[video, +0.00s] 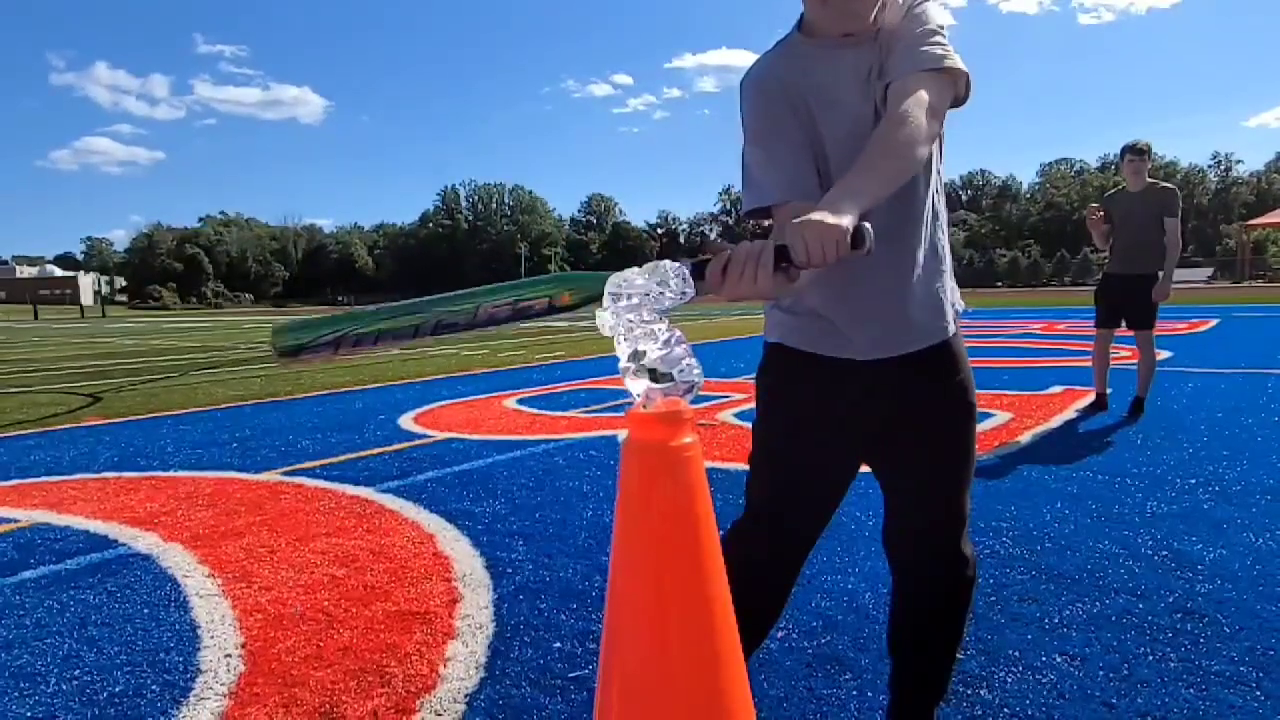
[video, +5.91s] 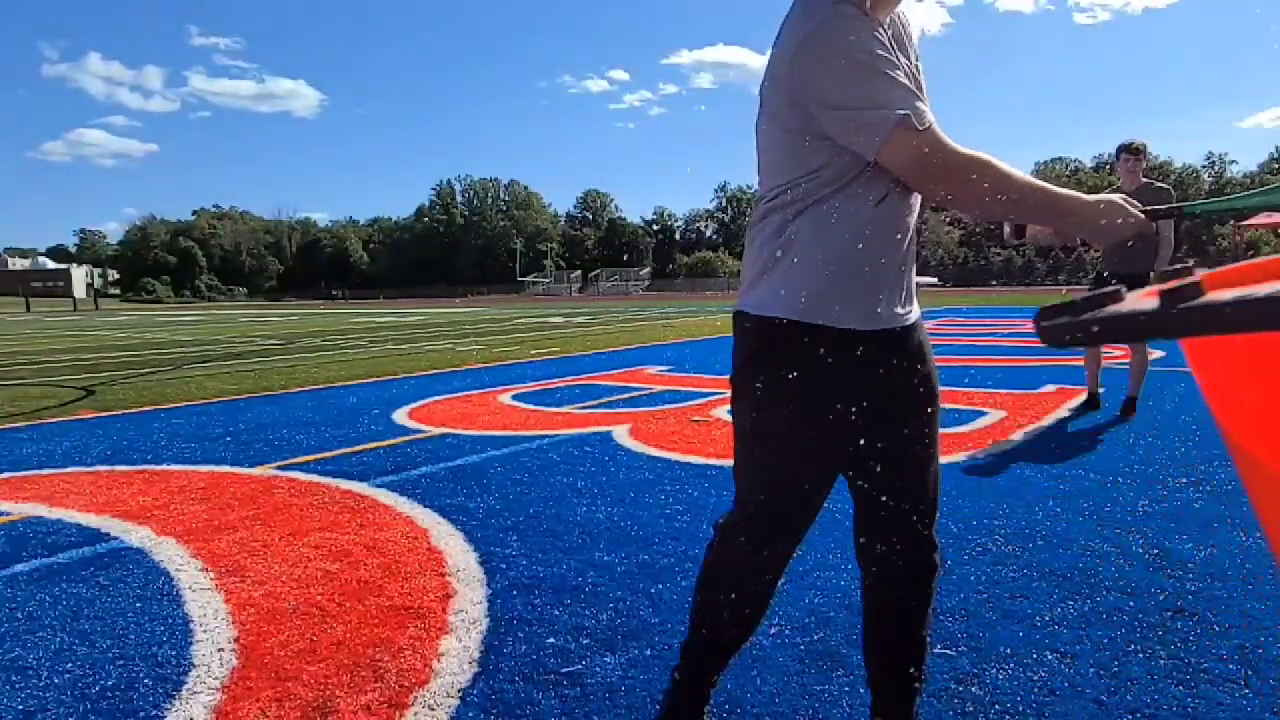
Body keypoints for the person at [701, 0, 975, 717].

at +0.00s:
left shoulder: (918, 22)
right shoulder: (772, 79)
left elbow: (915, 121)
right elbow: (788, 223)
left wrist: (838, 207)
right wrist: (759, 273)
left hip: (924, 357)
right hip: (811, 363)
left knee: (936, 563)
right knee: (764, 554)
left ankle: (913, 711)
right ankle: (682, 694)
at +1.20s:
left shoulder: (918, 21)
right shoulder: (781, 68)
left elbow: (949, 123)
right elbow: (816, 212)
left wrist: (926, 195)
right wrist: (876, 264)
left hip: (921, 355)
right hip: (817, 363)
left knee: (929, 565)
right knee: (759, 571)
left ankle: (909, 712)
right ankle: (698, 700)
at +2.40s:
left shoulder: (912, 18)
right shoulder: (787, 55)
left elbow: (967, 127)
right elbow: (841, 195)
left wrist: (1034, 220)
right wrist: (1002, 253)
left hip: (911, 329)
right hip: (807, 336)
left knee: (921, 541)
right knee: (776, 525)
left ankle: (922, 693)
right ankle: (705, 677)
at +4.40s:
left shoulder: (905, 24)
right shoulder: (811, 38)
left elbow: (958, 134)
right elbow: (912, 177)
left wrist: (1085, 216)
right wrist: (1081, 228)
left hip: (899, 342)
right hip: (799, 346)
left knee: (909, 549)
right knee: (766, 533)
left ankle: (900, 704)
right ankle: (691, 698)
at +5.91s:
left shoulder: (893, 31)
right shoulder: (829, 31)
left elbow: (926, 181)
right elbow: (934, 165)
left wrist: (1032, 219)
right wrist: (1084, 209)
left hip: (886, 334)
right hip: (798, 334)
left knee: (902, 548)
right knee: (762, 533)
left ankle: (896, 708)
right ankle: (687, 698)